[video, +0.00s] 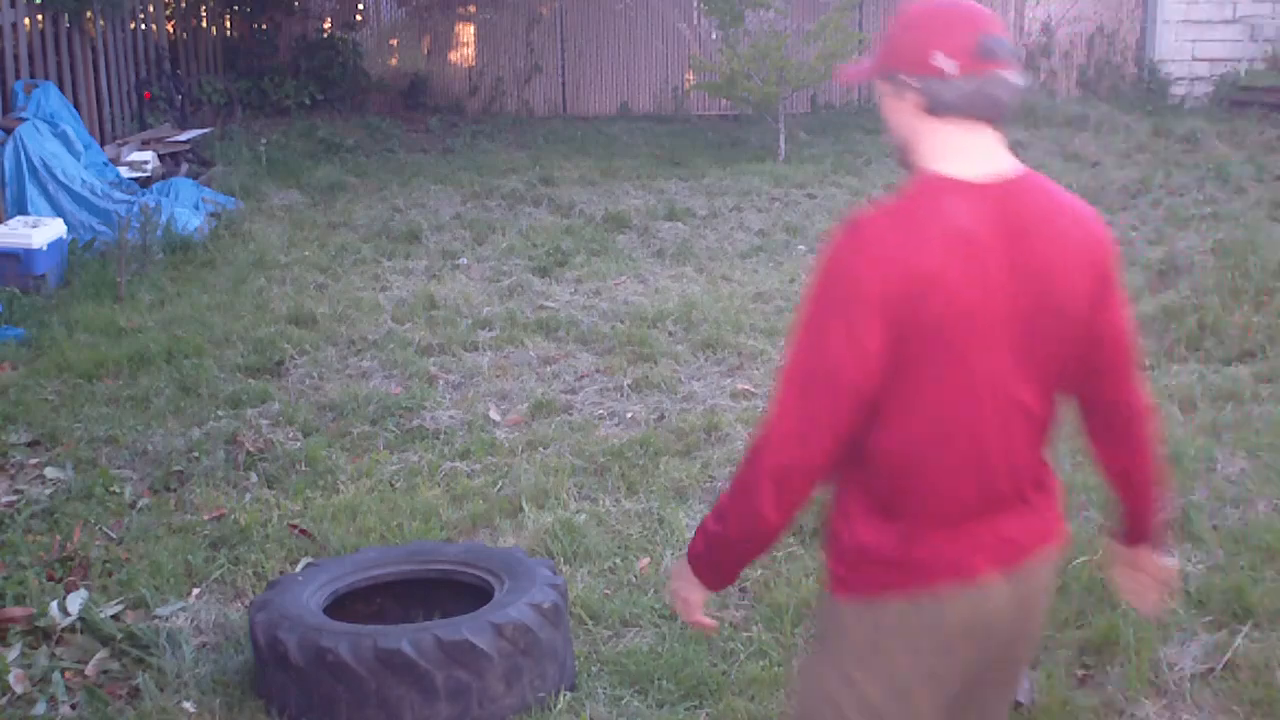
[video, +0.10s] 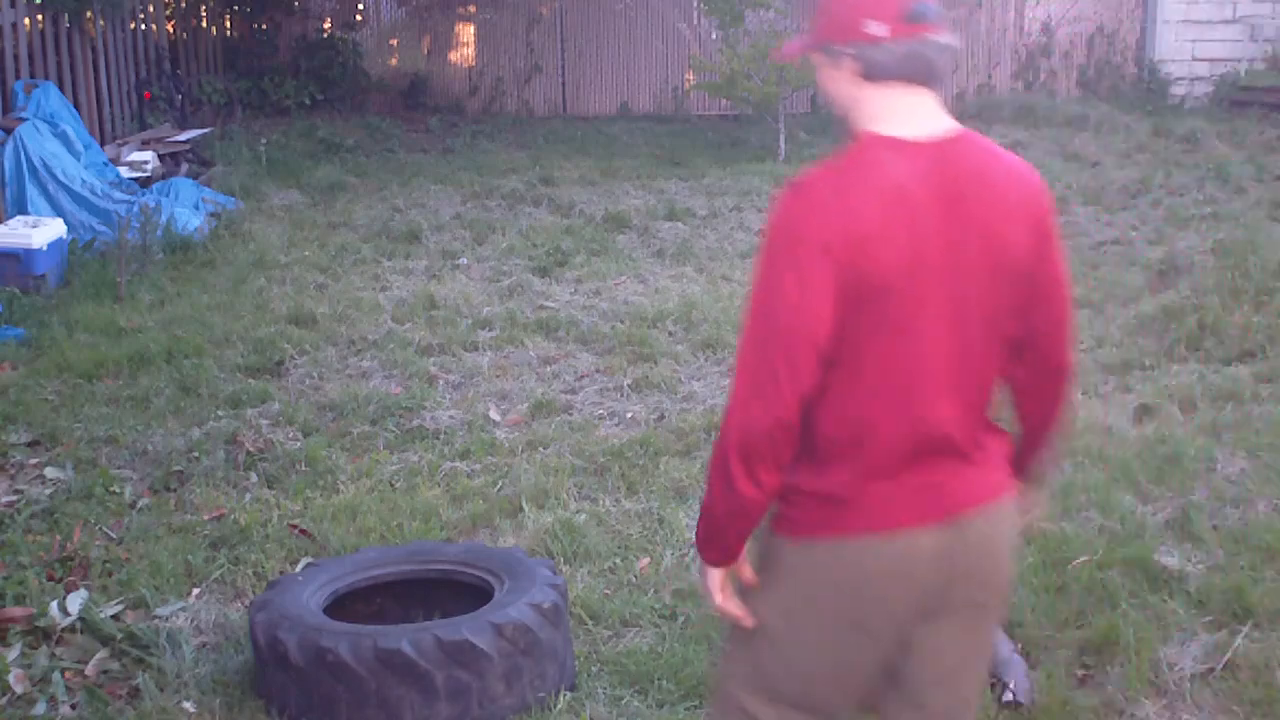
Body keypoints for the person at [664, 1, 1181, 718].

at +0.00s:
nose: (881, 110)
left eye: (884, 93)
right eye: (881, 94)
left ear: (910, 98)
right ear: (996, 95)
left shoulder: (881, 243)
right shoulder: (1076, 228)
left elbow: (800, 438)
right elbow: (1116, 397)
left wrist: (706, 561)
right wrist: (1145, 528)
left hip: (902, 591)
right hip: (1028, 567)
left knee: (841, 704)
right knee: (984, 708)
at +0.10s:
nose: (817, 83)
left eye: (818, 65)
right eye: (814, 66)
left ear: (845, 66)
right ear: (926, 61)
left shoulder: (822, 201)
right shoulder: (1017, 185)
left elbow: (768, 402)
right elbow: (1049, 362)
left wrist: (721, 536)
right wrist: (1027, 469)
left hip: (845, 543)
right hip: (981, 525)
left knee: (765, 704)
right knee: (940, 709)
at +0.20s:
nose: (756, 79)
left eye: (758, 62)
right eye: (755, 63)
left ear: (787, 65)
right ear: (867, 57)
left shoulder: (766, 193)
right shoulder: (954, 168)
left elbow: (742, 394)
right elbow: (990, 333)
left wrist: (713, 530)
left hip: (799, 523)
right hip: (927, 504)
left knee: (717, 705)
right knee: (912, 710)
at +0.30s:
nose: (693, 94)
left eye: (696, 78)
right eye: (692, 79)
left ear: (722, 83)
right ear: (802, 70)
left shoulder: (710, 209)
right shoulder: (888, 175)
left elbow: (702, 403)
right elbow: (927, 325)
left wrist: (687, 550)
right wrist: (843, 352)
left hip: (759, 523)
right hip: (875, 496)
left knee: (688, 704)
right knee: (875, 706)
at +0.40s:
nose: (635, 111)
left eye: (635, 97)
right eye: (633, 98)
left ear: (654, 99)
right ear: (732, 82)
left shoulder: (654, 222)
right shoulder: (819, 180)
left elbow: (645, 414)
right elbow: (858, 322)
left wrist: (631, 563)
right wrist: (779, 363)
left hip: (699, 516)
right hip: (811, 493)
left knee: (626, 697)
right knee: (831, 698)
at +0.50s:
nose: (576, 108)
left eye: (576, 95)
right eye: (573, 96)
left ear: (595, 99)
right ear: (667, 79)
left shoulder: (605, 219)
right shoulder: (762, 166)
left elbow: (587, 400)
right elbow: (808, 302)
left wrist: (557, 541)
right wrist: (746, 370)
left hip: (645, 487)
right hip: (755, 472)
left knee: (583, 653)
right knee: (772, 641)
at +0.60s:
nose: (532, 101)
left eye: (532, 87)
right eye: (529, 87)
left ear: (555, 87)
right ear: (619, 62)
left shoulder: (573, 200)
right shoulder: (717, 140)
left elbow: (541, 378)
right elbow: (774, 270)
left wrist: (482, 487)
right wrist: (735, 360)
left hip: (618, 457)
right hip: (722, 434)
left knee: (567, 640)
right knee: (716, 589)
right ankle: (751, 708)